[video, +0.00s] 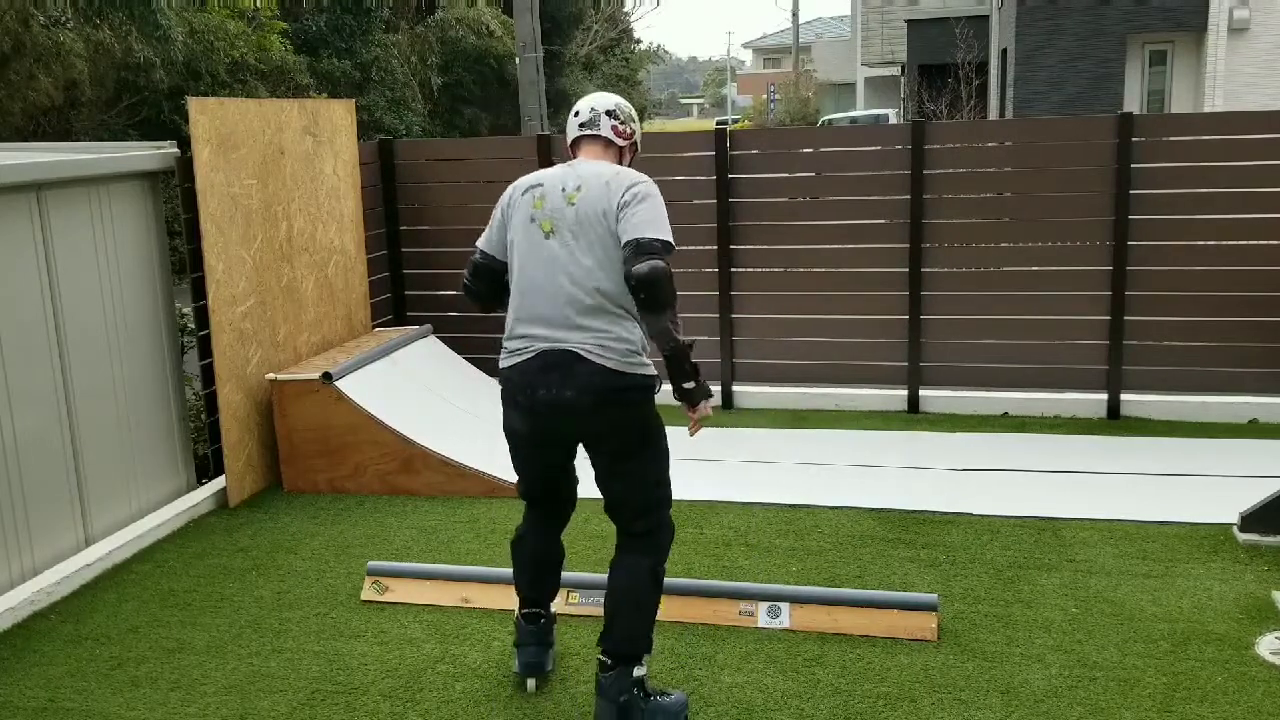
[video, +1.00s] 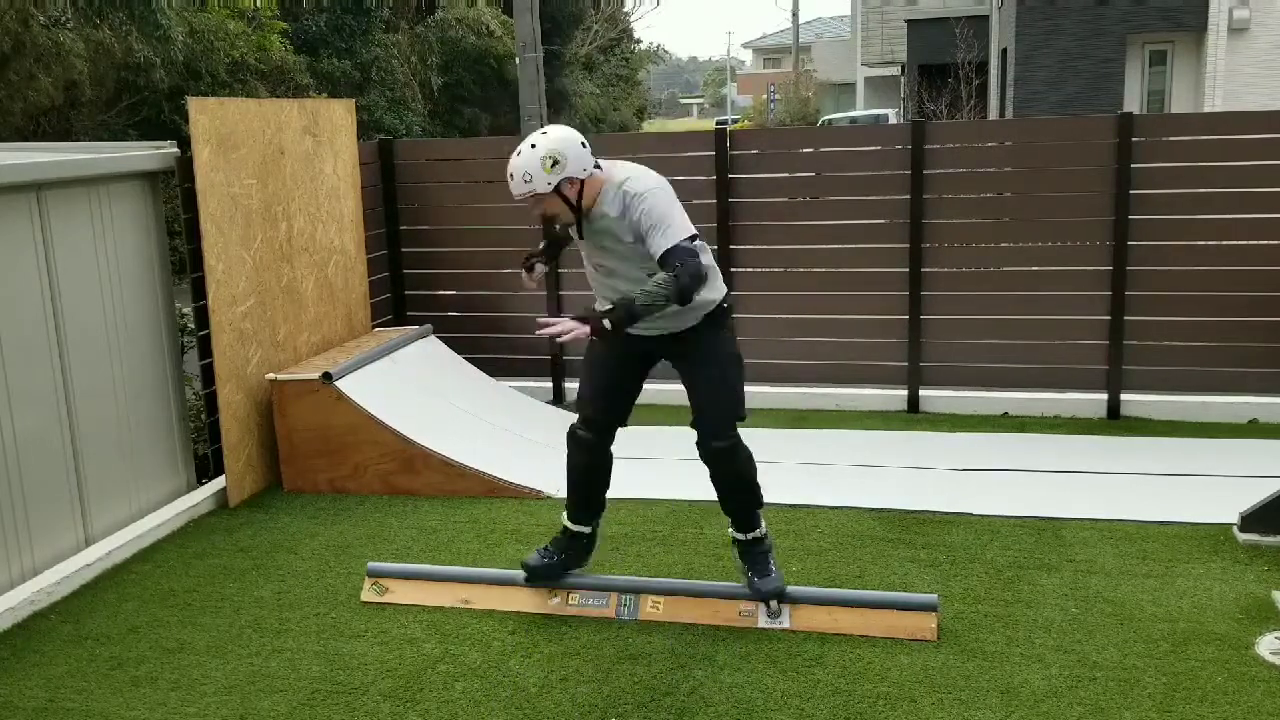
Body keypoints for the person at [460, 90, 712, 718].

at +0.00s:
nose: (632, 151)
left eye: (629, 143)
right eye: (632, 143)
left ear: (569, 140)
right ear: (624, 140)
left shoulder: (521, 189)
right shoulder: (632, 185)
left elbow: (481, 284)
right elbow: (648, 276)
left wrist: (549, 290)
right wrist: (685, 374)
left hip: (526, 377)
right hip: (610, 378)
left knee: (543, 507)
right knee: (644, 526)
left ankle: (532, 646)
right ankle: (620, 683)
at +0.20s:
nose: (655, 185)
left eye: (655, 178)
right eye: (655, 177)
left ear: (595, 173)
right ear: (646, 171)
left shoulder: (547, 212)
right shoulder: (638, 206)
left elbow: (510, 295)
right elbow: (630, 283)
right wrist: (666, 385)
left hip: (515, 379)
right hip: (595, 381)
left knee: (553, 496)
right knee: (667, 483)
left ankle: (532, 641)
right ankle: (673, 637)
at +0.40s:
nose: (663, 214)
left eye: (660, 209)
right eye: (662, 208)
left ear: (609, 208)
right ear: (657, 207)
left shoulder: (567, 243)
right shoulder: (658, 241)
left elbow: (519, 312)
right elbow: (698, 321)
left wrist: (546, 369)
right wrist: (736, 407)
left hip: (527, 394)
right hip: (608, 397)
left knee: (568, 496)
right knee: (679, 490)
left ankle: (536, 637)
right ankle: (693, 634)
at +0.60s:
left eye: (563, 177)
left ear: (568, 175)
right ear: (621, 165)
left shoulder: (554, 210)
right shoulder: (663, 206)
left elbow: (495, 261)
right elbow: (724, 261)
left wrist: (433, 318)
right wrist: (725, 262)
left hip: (579, 381)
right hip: (663, 377)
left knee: (573, 503)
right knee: (691, 493)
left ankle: (541, 636)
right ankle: (692, 630)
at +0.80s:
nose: (529, 143)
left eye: (524, 130)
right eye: (522, 133)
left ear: (543, 114)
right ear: (567, 101)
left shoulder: (587, 134)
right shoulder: (626, 121)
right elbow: (682, 124)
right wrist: (672, 121)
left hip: (664, 305)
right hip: (637, 300)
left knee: (595, 441)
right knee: (575, 405)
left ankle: (689, 552)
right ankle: (673, 513)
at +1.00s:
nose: (539, 211)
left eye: (542, 201)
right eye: (534, 203)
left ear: (572, 184)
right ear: (570, 183)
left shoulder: (643, 192)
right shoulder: (575, 195)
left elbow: (688, 275)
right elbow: (571, 223)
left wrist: (602, 322)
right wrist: (547, 252)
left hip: (696, 321)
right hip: (626, 325)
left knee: (719, 441)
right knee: (589, 433)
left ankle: (753, 546)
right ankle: (576, 539)